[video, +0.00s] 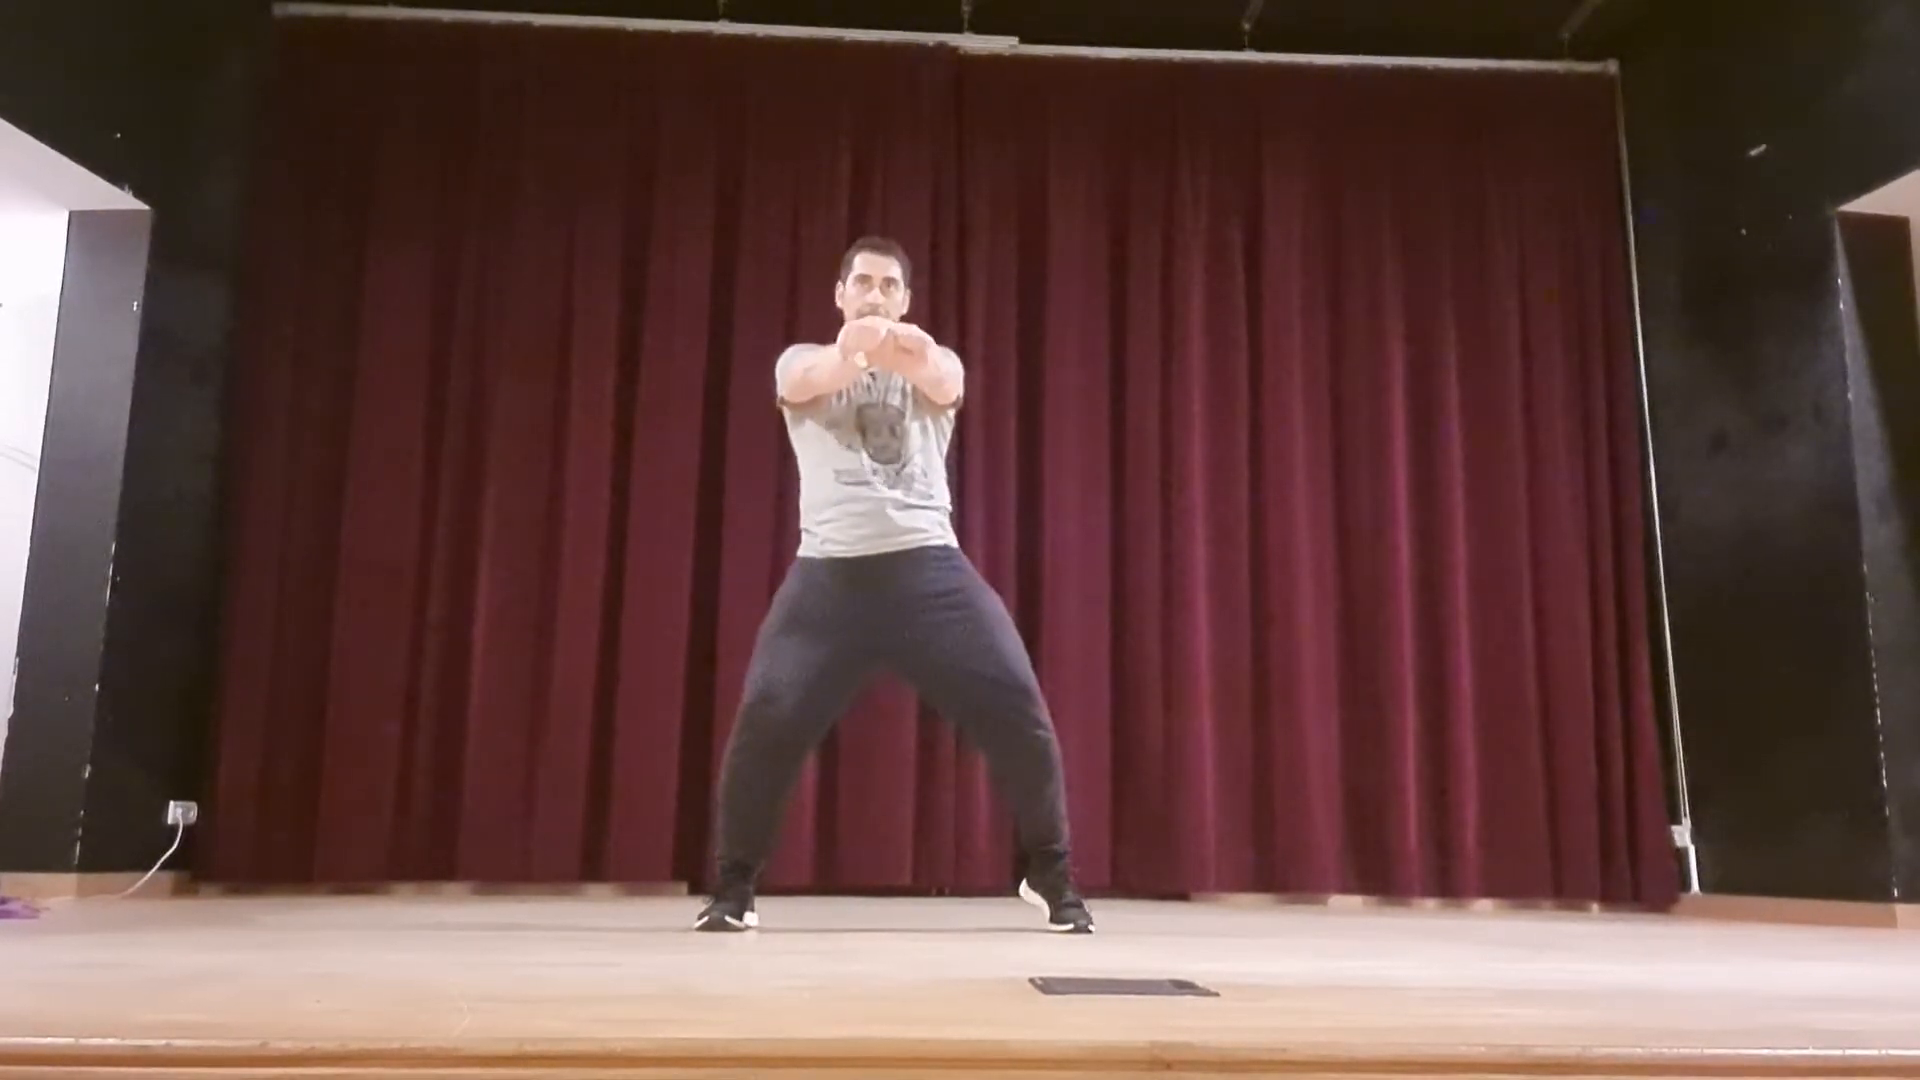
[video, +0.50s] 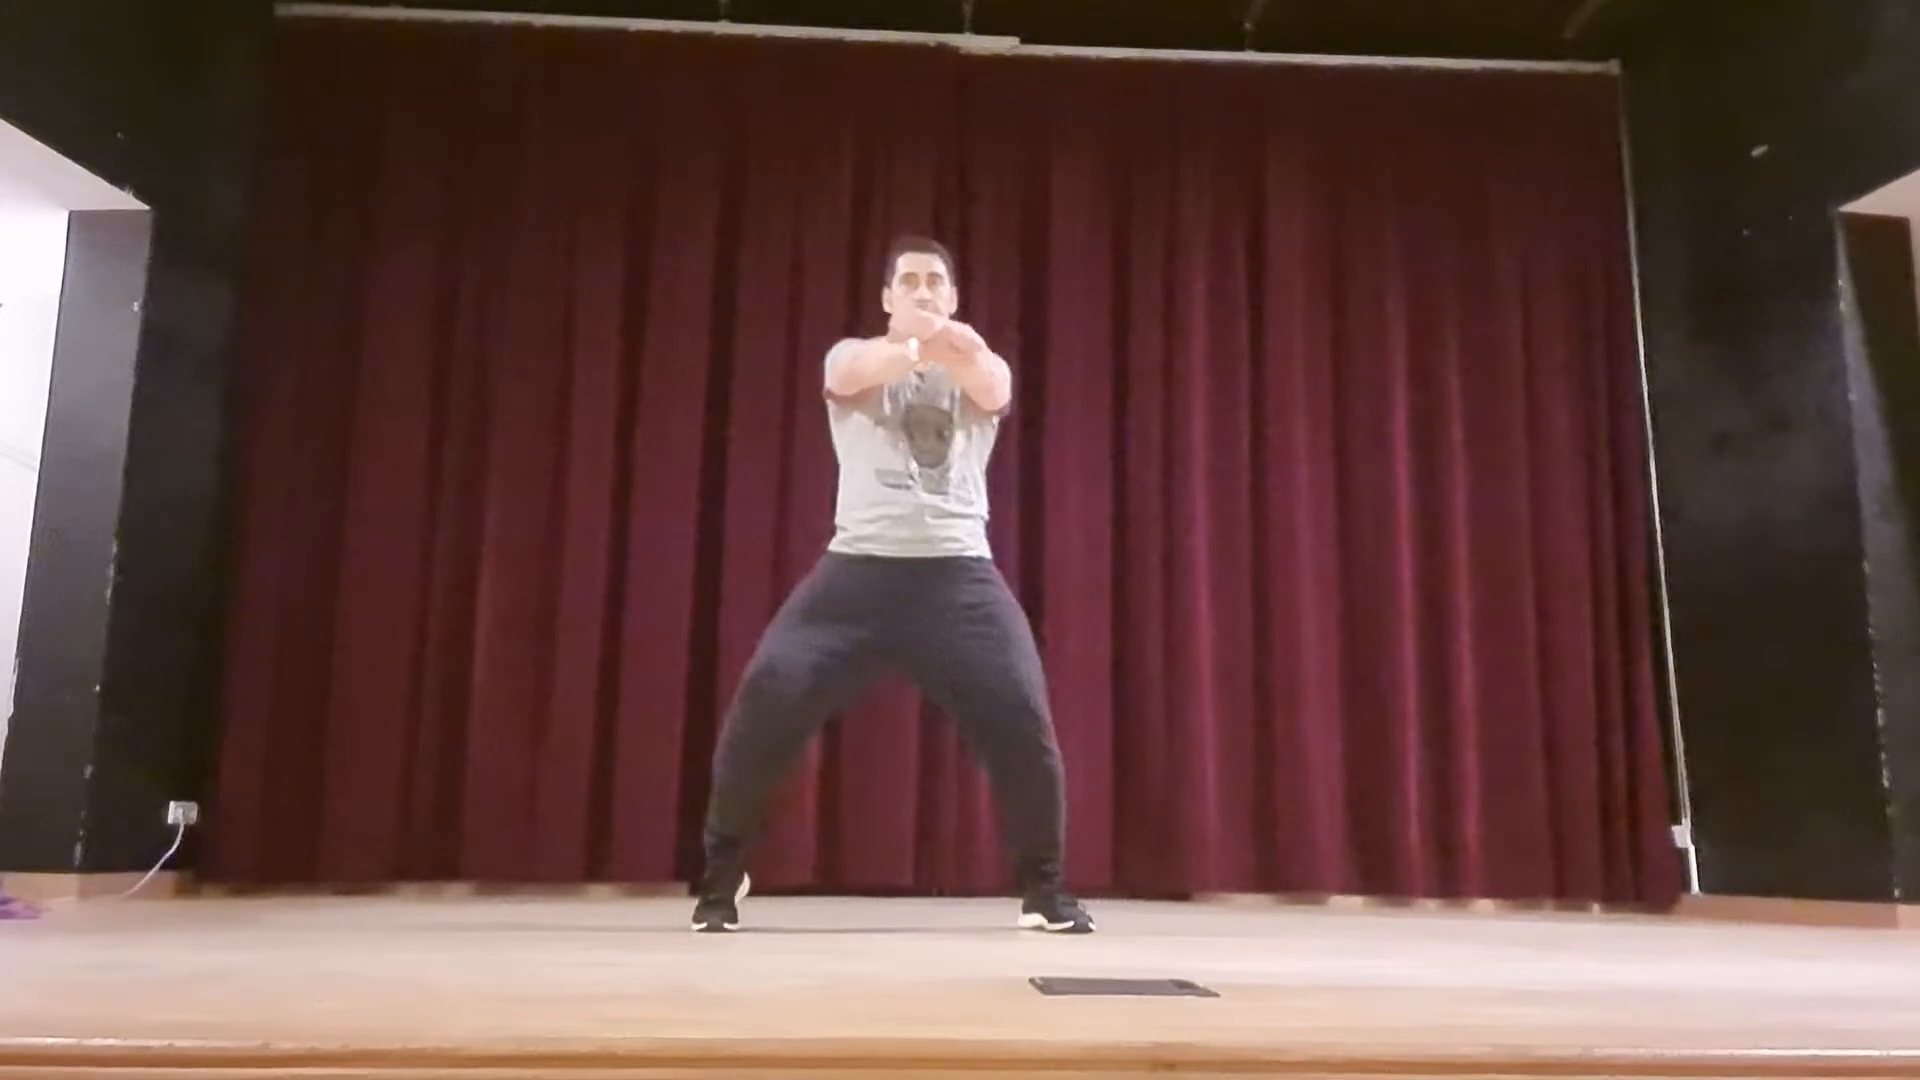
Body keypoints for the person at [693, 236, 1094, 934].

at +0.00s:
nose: (875, 295)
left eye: (888, 286)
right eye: (864, 283)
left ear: (907, 300)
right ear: (839, 293)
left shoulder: (932, 359)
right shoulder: (802, 360)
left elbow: (947, 388)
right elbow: (803, 384)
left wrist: (913, 358)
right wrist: (852, 357)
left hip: (930, 571)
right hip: (827, 578)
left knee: (1020, 711)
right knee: (767, 712)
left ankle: (1048, 869)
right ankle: (733, 889)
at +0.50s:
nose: (921, 291)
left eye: (932, 281)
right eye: (909, 282)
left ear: (954, 297)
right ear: (887, 298)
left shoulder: (980, 364)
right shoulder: (854, 356)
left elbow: (992, 394)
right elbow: (847, 378)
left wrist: (954, 344)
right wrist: (914, 344)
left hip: (960, 577)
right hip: (856, 572)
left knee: (1022, 718)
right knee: (771, 688)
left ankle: (1045, 888)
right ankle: (722, 867)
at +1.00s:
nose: (919, 299)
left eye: (930, 289)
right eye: (906, 290)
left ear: (953, 306)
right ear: (885, 308)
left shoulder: (977, 371)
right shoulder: (851, 365)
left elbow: (988, 392)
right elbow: (849, 387)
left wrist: (944, 343)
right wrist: (912, 369)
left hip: (960, 576)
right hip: (859, 575)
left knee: (1024, 713)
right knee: (780, 703)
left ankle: (1044, 889)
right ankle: (729, 885)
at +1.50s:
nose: (852, 302)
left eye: (866, 291)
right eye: (841, 290)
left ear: (889, 303)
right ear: (820, 301)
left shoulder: (921, 366)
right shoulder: (792, 368)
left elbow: (929, 393)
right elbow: (782, 399)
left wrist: (882, 364)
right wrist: (830, 373)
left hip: (922, 568)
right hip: (819, 575)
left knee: (1016, 700)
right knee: (755, 709)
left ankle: (1048, 861)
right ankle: (728, 887)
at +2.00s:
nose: (941, 271)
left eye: (949, 268)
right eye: (926, 264)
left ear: (961, 294)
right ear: (894, 293)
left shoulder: (983, 360)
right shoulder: (862, 350)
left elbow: (996, 394)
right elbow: (851, 361)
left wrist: (971, 333)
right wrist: (916, 323)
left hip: (963, 571)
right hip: (862, 567)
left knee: (1026, 709)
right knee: (773, 685)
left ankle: (1049, 890)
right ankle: (733, 871)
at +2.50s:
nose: (929, 293)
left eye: (942, 285)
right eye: (917, 288)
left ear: (967, 310)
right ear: (899, 315)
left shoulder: (989, 367)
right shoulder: (865, 363)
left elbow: (1002, 419)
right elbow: (862, 385)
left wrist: (968, 353)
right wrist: (925, 375)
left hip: (971, 578)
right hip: (869, 578)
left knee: (1031, 714)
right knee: (787, 698)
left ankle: (1047, 890)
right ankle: (734, 879)